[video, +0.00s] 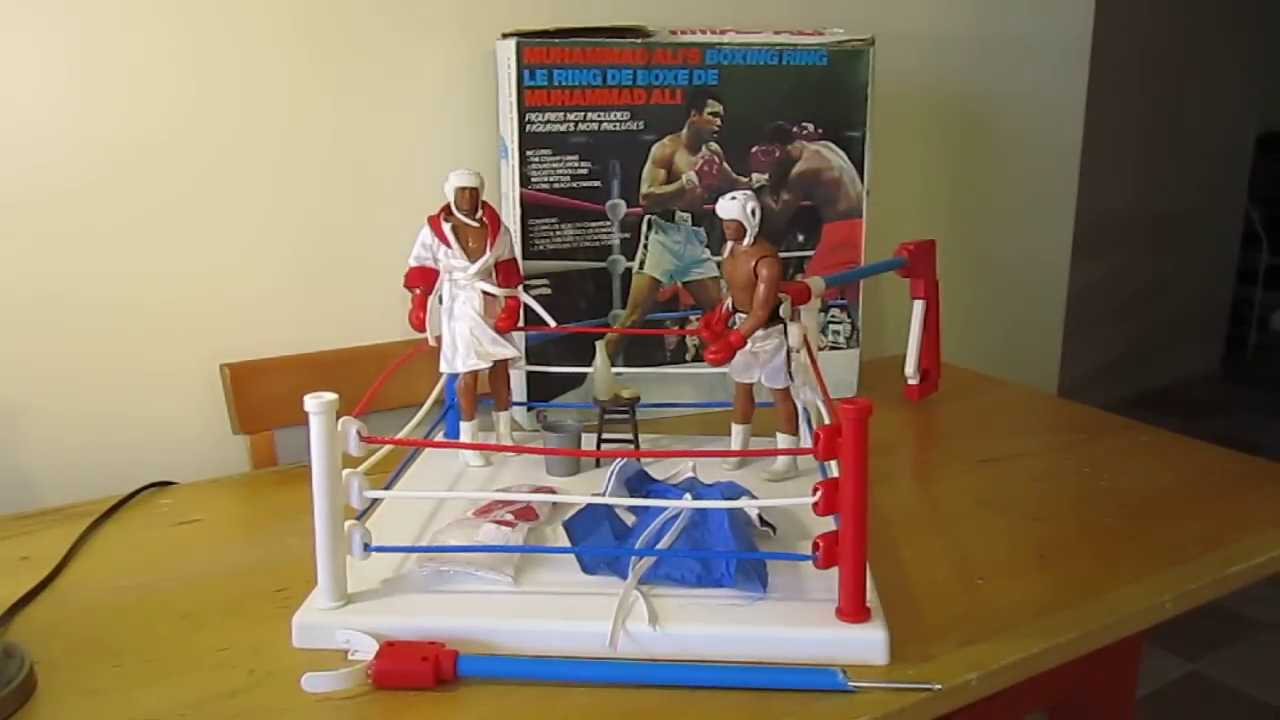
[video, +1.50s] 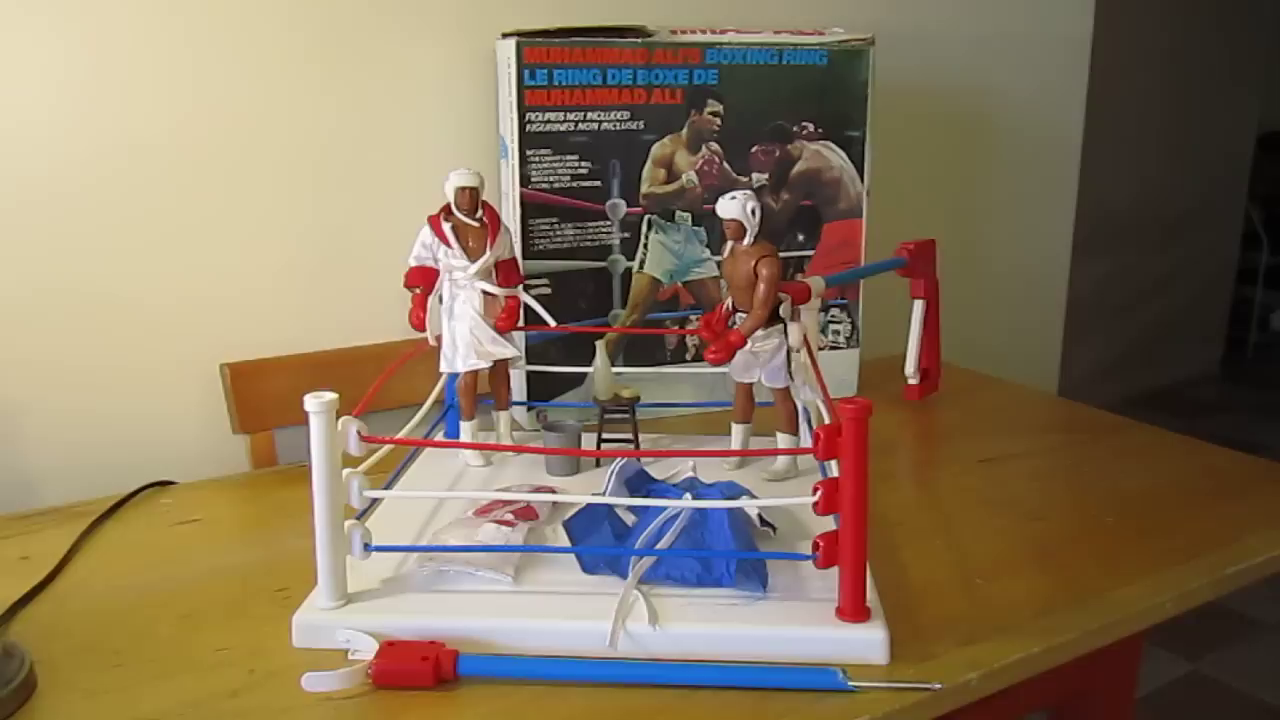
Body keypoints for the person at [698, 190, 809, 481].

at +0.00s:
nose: (726, 227)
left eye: (731, 222)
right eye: (724, 221)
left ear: (748, 222)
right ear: (723, 222)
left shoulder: (766, 262)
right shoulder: (730, 249)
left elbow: (761, 313)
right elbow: (735, 292)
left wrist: (736, 339)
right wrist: (720, 317)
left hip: (769, 333)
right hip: (743, 329)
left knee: (780, 391)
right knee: (742, 387)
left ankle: (787, 457)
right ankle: (737, 450)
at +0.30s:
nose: (725, 227)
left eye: (731, 222)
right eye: (723, 222)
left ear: (748, 223)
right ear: (723, 223)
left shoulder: (767, 261)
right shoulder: (729, 250)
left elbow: (761, 313)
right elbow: (735, 292)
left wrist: (735, 339)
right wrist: (720, 315)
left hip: (770, 332)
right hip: (743, 328)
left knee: (780, 391)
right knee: (742, 386)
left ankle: (787, 456)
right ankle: (738, 450)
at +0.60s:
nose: (725, 228)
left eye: (730, 223)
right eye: (723, 222)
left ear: (747, 223)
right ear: (724, 223)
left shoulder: (767, 261)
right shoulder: (729, 250)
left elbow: (761, 312)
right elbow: (733, 292)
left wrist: (736, 338)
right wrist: (719, 317)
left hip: (769, 332)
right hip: (742, 329)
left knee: (780, 390)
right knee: (742, 386)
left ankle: (787, 456)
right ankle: (738, 450)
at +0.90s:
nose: (725, 227)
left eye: (731, 222)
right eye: (724, 222)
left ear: (748, 223)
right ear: (724, 223)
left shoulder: (767, 261)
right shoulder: (730, 249)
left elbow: (761, 313)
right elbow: (734, 292)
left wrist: (735, 338)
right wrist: (719, 316)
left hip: (769, 332)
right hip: (742, 328)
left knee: (780, 390)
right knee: (742, 386)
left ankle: (787, 456)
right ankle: (738, 450)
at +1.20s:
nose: (725, 227)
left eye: (730, 222)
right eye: (723, 222)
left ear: (747, 223)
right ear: (724, 222)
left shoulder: (767, 261)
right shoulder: (729, 249)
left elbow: (761, 313)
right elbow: (733, 292)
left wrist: (735, 338)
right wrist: (719, 316)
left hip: (769, 332)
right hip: (742, 328)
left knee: (780, 390)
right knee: (742, 386)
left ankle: (787, 456)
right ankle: (738, 450)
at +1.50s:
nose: (725, 227)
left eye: (731, 221)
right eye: (723, 221)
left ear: (748, 222)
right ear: (723, 222)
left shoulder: (766, 260)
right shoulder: (730, 250)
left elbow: (761, 312)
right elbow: (736, 293)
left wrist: (736, 338)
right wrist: (721, 315)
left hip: (769, 333)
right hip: (744, 330)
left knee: (780, 390)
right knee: (742, 385)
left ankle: (787, 457)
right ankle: (737, 449)